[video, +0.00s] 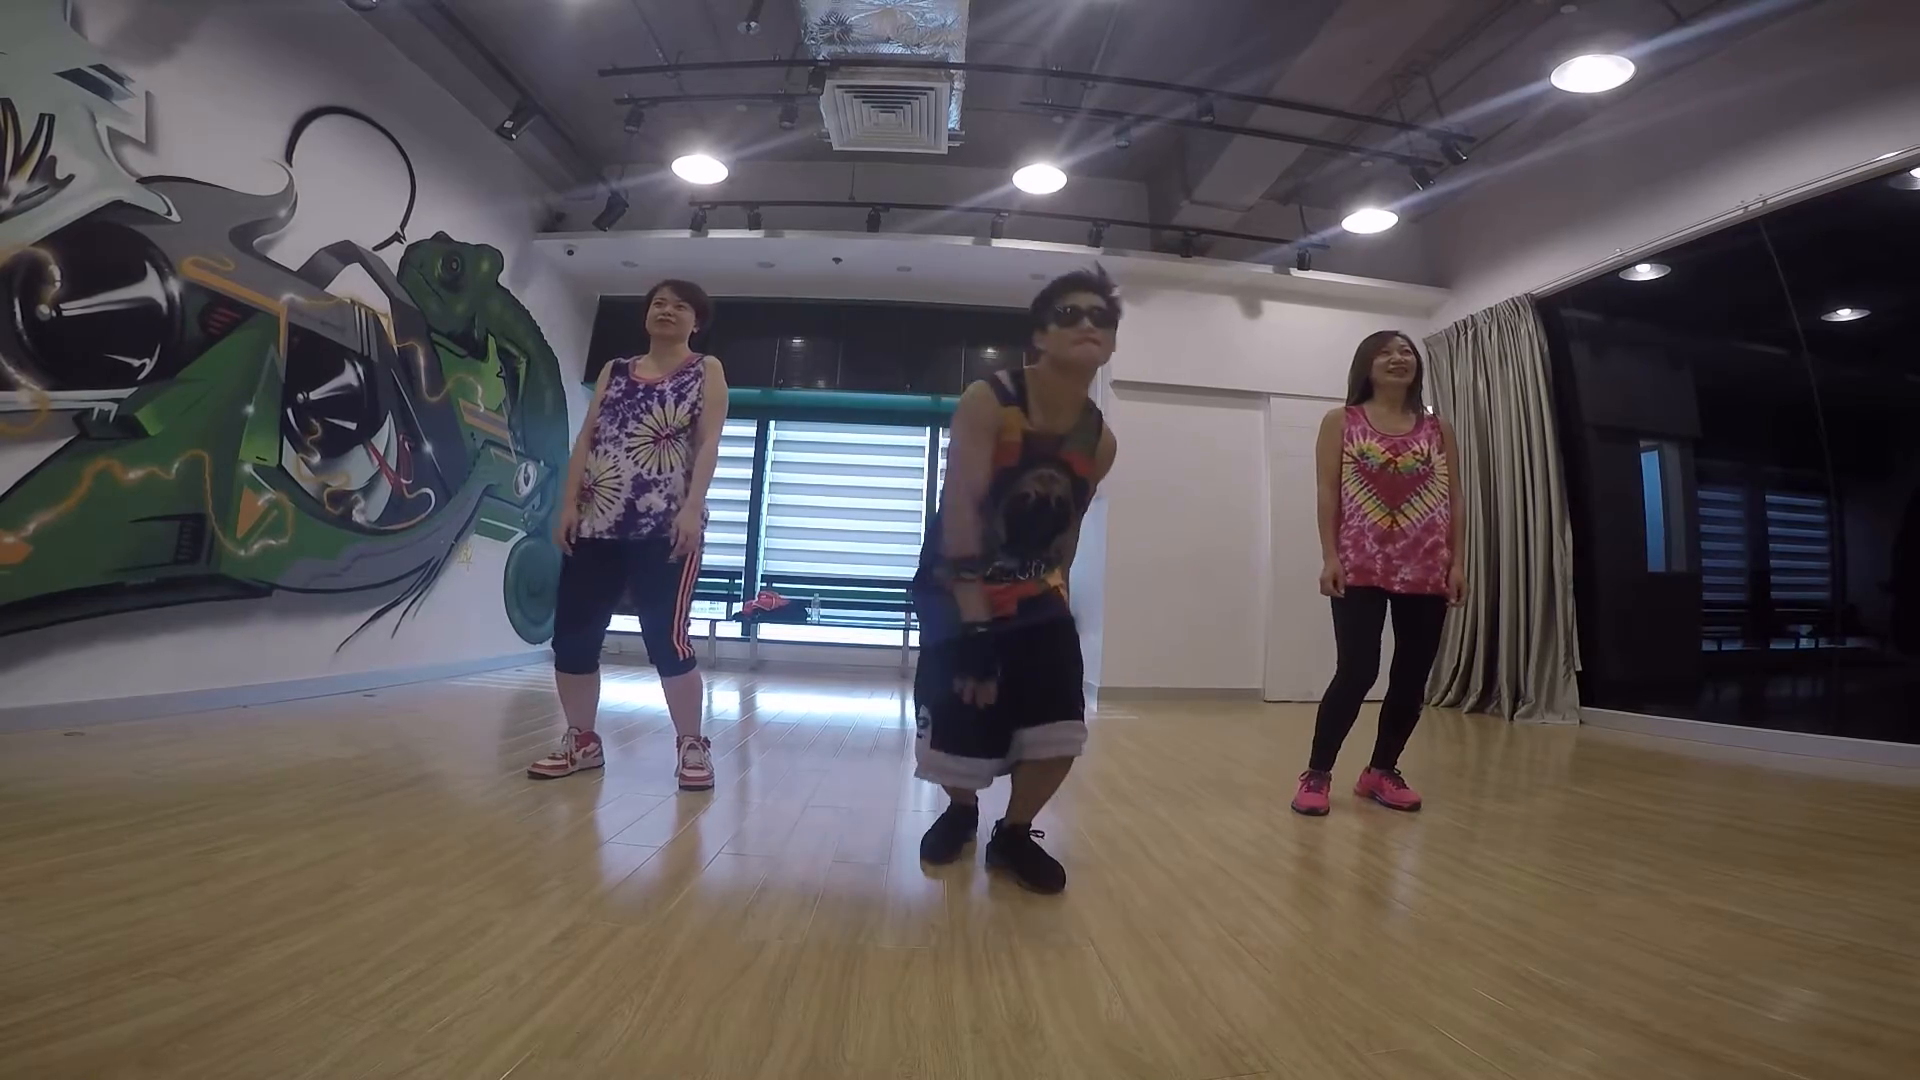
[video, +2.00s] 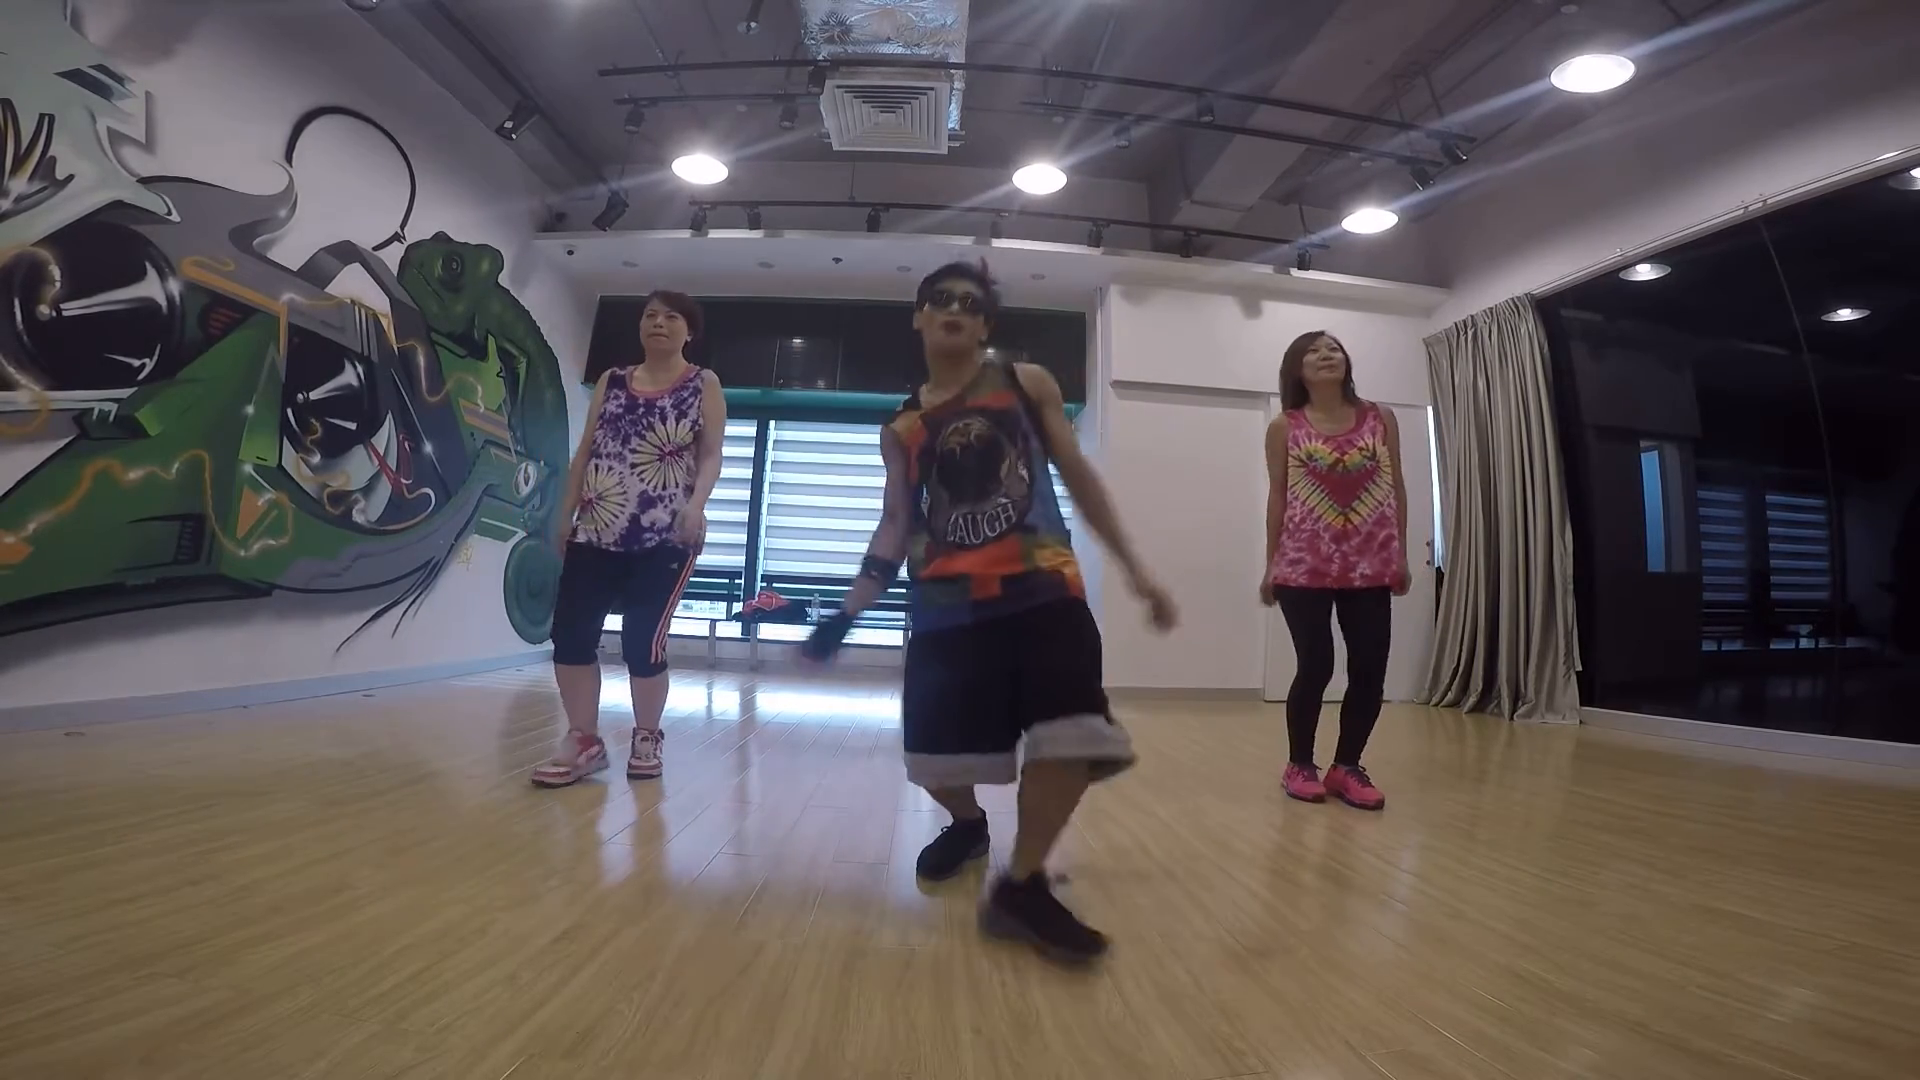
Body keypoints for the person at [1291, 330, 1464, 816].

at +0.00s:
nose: (1398, 358)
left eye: (1406, 353)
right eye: (1386, 352)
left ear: (1418, 368)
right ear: (1366, 366)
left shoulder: (1437, 428)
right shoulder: (1341, 421)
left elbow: (1453, 497)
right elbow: (1328, 491)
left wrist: (1456, 562)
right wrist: (1330, 557)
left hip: (1425, 570)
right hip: (1361, 567)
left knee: (1410, 677)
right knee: (1357, 672)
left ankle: (1381, 772)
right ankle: (1317, 775)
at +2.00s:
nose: (1326, 354)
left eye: (1334, 349)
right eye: (1313, 351)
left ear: (1348, 364)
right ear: (1296, 371)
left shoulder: (1379, 419)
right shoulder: (1285, 427)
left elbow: (1396, 490)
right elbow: (1278, 500)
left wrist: (1400, 558)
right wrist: (1272, 566)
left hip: (1368, 566)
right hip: (1302, 566)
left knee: (1369, 674)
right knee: (1316, 665)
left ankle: (1346, 768)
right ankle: (1300, 767)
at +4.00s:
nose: (1336, 371)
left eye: (1343, 366)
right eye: (1325, 366)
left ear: (1353, 381)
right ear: (1307, 381)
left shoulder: (1363, 440)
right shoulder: (1286, 429)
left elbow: (1371, 507)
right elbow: (1273, 490)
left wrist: (1380, 568)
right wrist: (1279, 545)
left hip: (1351, 572)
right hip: (1298, 569)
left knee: (1339, 667)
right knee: (1318, 661)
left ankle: (1313, 751)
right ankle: (1284, 751)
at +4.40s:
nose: (1326, 367)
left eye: (1334, 361)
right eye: (1314, 363)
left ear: (1346, 375)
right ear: (1298, 380)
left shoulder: (1368, 431)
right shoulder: (1283, 432)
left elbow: (1385, 496)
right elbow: (1268, 497)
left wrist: (1396, 556)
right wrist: (1260, 561)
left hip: (1357, 570)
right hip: (1298, 569)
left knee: (1338, 668)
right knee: (1321, 663)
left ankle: (1316, 754)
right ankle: (1299, 761)